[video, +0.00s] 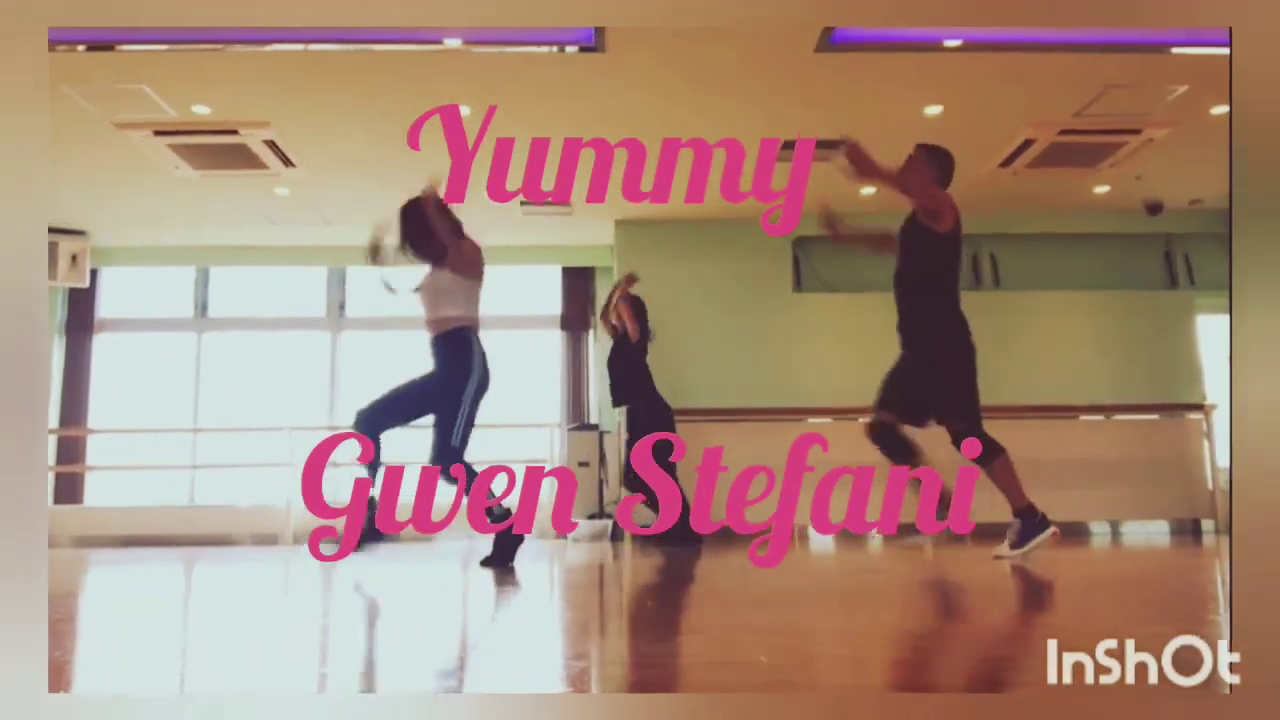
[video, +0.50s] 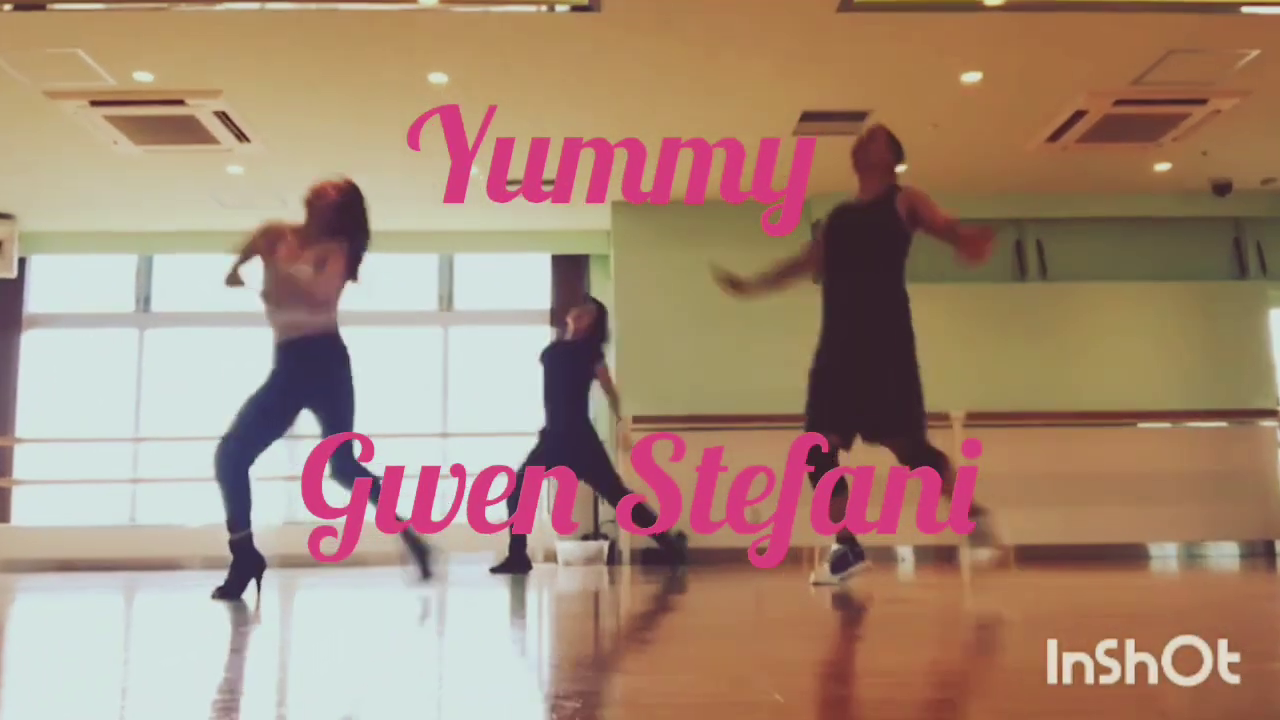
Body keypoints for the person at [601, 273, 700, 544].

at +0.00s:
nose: (617, 314)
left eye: (623, 309)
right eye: (616, 310)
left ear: (632, 314)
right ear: (617, 317)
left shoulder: (634, 339)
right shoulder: (621, 339)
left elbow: (622, 311)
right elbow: (606, 317)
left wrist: (623, 292)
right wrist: (618, 290)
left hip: (653, 413)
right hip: (639, 412)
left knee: (656, 473)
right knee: (634, 475)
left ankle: (683, 526)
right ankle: (671, 522)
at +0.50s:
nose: (576, 317)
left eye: (584, 315)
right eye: (575, 312)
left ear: (593, 325)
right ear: (569, 316)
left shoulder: (590, 351)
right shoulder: (553, 350)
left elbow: (609, 388)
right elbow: (556, 391)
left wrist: (619, 419)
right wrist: (552, 423)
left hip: (579, 437)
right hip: (553, 437)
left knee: (615, 494)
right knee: (517, 488)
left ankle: (668, 542)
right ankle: (517, 555)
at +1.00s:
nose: (520, 313)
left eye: (522, 307)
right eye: (512, 310)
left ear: (531, 313)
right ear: (503, 320)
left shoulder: (549, 346)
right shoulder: (503, 350)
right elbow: (467, 356)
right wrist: (430, 348)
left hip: (534, 430)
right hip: (510, 428)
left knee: (537, 497)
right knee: (510, 493)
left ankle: (493, 535)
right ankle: (486, 550)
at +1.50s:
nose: (564, 316)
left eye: (566, 310)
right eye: (557, 315)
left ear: (575, 314)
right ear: (551, 325)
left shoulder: (596, 344)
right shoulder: (559, 356)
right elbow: (579, 376)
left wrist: (595, 330)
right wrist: (594, 343)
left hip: (606, 425)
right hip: (578, 427)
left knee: (627, 483)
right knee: (552, 484)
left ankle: (639, 542)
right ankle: (514, 533)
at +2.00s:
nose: (599, 310)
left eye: (605, 307)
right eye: (596, 305)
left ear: (614, 313)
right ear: (588, 310)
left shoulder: (619, 342)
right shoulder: (576, 343)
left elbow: (625, 362)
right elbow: (566, 375)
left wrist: (621, 364)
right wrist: (557, 395)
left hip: (615, 417)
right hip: (585, 417)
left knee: (631, 476)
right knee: (571, 474)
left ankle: (641, 534)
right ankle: (554, 530)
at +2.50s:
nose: (592, 324)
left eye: (599, 323)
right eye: (589, 319)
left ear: (605, 331)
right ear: (581, 322)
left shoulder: (606, 363)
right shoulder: (560, 356)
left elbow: (616, 404)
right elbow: (548, 396)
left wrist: (593, 415)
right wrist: (542, 430)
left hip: (601, 436)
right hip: (568, 437)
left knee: (623, 485)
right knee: (543, 491)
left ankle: (632, 545)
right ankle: (515, 549)